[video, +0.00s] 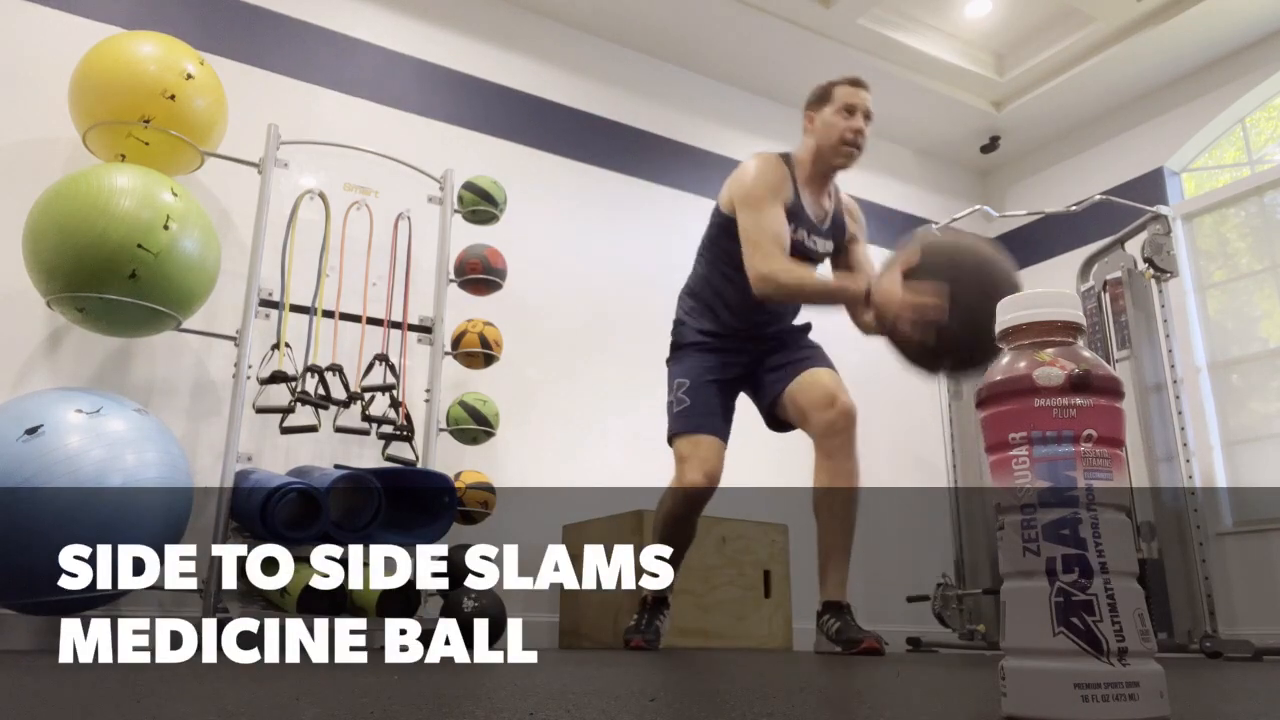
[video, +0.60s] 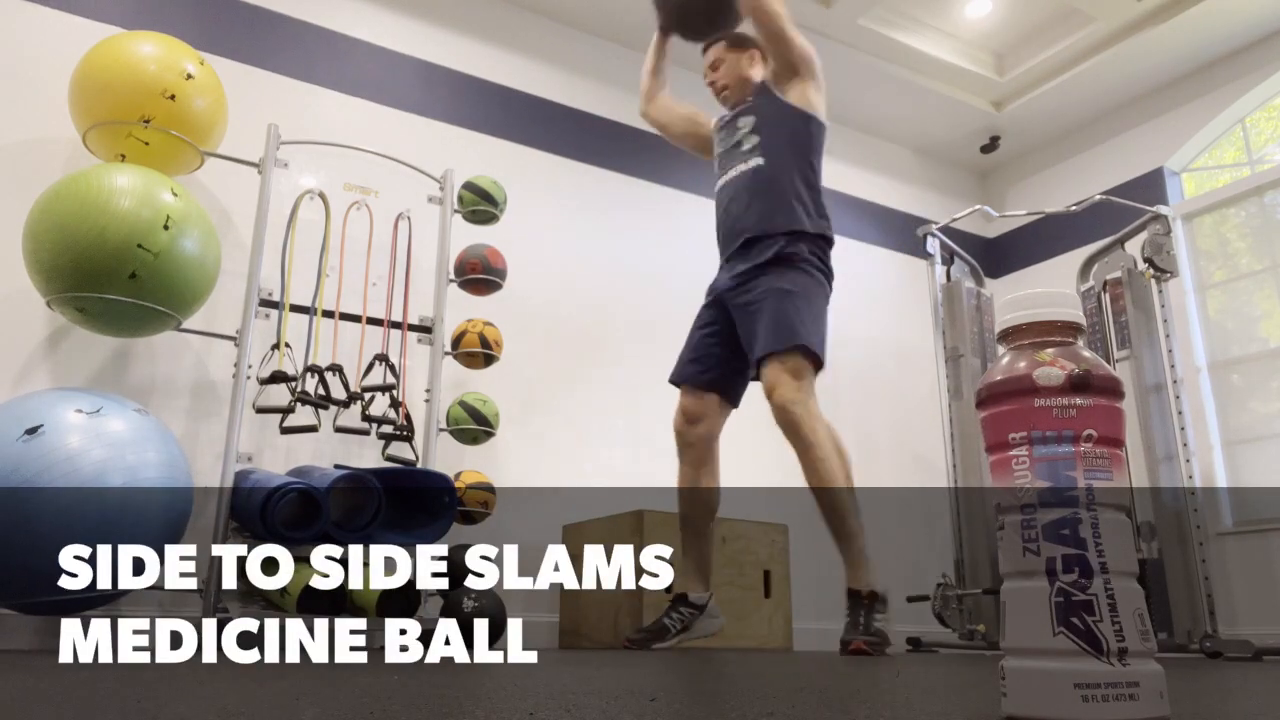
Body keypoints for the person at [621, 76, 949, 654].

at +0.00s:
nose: (859, 126)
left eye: (866, 119)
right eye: (848, 112)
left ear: (867, 135)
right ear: (811, 119)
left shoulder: (846, 213)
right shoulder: (761, 174)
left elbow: (863, 314)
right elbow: (767, 276)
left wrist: (912, 315)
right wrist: (868, 288)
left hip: (777, 338)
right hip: (709, 335)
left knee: (837, 416)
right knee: (698, 476)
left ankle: (834, 612)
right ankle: (654, 600)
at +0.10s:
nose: (827, 106)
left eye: (835, 100)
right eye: (816, 94)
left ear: (837, 117)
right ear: (784, 103)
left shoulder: (828, 193)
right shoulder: (746, 155)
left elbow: (876, 279)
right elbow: (757, 215)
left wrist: (933, 239)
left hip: (780, 331)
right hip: (709, 328)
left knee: (836, 414)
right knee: (698, 470)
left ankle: (833, 611)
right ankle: (653, 600)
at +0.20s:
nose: (802, 105)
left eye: (810, 98)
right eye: (791, 92)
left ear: (818, 115)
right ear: (764, 100)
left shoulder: (819, 190)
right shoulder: (729, 159)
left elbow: (890, 228)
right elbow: (775, 108)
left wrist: (923, 149)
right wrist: (828, 57)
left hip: (789, 323)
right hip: (713, 324)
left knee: (835, 414)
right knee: (694, 465)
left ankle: (833, 610)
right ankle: (654, 598)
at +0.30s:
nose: (786, 91)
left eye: (796, 85)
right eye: (775, 83)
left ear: (808, 105)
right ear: (750, 100)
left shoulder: (821, 178)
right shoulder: (726, 152)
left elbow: (896, 151)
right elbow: (707, 74)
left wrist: (894, 55)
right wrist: (767, 1)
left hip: (797, 311)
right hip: (717, 312)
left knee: (830, 414)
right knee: (687, 461)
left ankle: (833, 608)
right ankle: (655, 595)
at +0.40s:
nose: (761, 84)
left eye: (773, 76)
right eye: (751, 78)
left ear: (796, 91)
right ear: (739, 96)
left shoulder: (823, 152)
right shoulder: (720, 143)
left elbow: (875, 67)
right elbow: (670, 53)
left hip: (799, 300)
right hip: (721, 303)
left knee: (822, 412)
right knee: (681, 448)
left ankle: (834, 608)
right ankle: (667, 598)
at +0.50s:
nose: (737, 72)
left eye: (750, 62)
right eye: (731, 68)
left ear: (782, 72)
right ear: (728, 84)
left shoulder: (815, 116)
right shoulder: (720, 135)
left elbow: (826, 33)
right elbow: (654, 72)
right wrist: (679, 2)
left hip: (794, 284)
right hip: (723, 292)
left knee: (802, 407)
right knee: (683, 433)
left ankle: (840, 603)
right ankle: (687, 599)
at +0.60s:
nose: (712, 76)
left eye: (721, 63)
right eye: (708, 69)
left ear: (755, 56)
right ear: (713, 76)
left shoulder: (793, 81)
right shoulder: (719, 132)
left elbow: (760, 6)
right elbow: (653, 103)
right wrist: (662, 32)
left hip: (789, 259)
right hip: (731, 276)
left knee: (788, 394)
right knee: (693, 423)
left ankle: (863, 590)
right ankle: (693, 596)